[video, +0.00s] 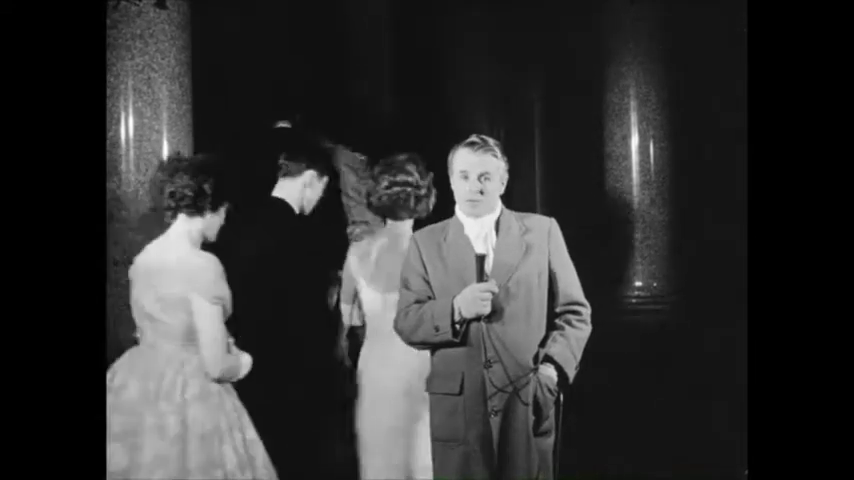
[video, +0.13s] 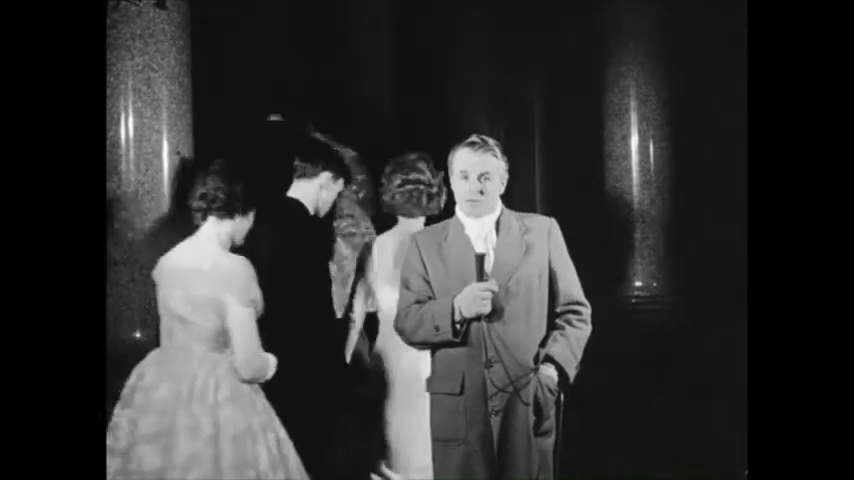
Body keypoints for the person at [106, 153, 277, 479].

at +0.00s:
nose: (224, 220)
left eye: (225, 211)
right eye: (223, 211)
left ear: (178, 204)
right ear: (208, 208)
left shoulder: (143, 260)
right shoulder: (204, 266)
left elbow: (146, 333)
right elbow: (217, 365)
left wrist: (217, 344)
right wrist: (244, 362)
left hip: (143, 373)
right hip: (191, 385)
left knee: (144, 468)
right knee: (197, 470)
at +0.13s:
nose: (251, 224)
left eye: (252, 215)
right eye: (251, 215)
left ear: (205, 209)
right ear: (238, 214)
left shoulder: (167, 263)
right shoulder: (234, 269)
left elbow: (165, 339)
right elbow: (248, 367)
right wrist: (271, 363)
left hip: (166, 376)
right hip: (218, 387)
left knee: (165, 470)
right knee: (221, 471)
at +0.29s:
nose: (292, 222)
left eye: (293, 214)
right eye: (292, 213)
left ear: (245, 205)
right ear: (281, 212)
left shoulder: (208, 258)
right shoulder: (277, 268)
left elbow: (202, 338)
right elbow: (289, 362)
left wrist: (269, 350)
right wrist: (306, 360)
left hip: (201, 376)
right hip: (255, 386)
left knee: (198, 470)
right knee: (258, 471)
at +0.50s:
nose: (325, 218)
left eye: (326, 209)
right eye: (324, 209)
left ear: (279, 201)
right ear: (313, 207)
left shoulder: (240, 249)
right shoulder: (317, 259)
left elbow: (230, 327)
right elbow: (331, 353)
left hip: (236, 371)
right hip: (291, 377)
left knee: (232, 468)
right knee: (294, 468)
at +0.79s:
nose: (352, 220)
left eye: (353, 211)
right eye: (352, 211)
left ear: (311, 204)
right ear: (346, 209)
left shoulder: (273, 252)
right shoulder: (353, 259)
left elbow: (262, 326)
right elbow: (363, 349)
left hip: (271, 370)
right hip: (327, 374)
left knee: (267, 467)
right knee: (330, 467)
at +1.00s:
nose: (371, 215)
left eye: (370, 206)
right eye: (369, 207)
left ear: (329, 203)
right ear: (363, 209)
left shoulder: (296, 254)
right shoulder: (370, 255)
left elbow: (288, 331)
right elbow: (384, 340)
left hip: (299, 370)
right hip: (352, 373)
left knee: (297, 467)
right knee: (355, 466)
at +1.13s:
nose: (381, 218)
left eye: (382, 210)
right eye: (381, 210)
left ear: (340, 204)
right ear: (371, 209)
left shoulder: (309, 251)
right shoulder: (383, 250)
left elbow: (301, 326)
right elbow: (398, 329)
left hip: (317, 359)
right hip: (369, 363)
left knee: (315, 458)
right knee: (371, 458)